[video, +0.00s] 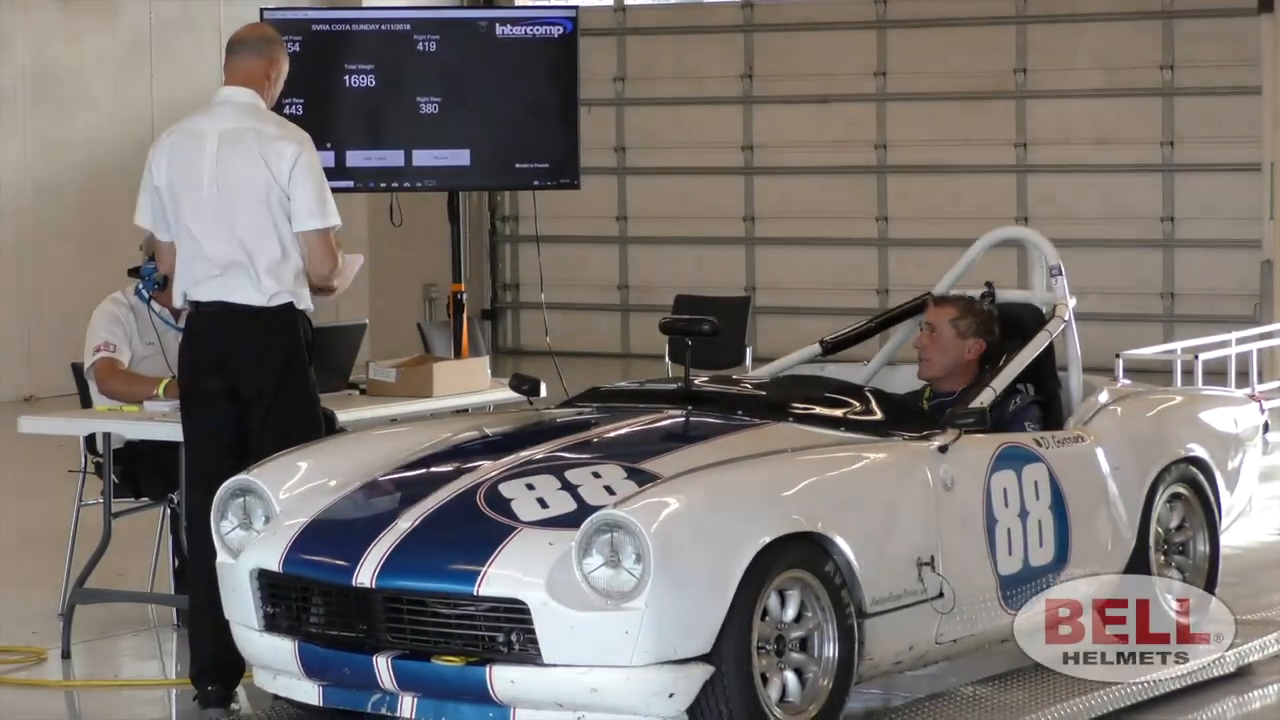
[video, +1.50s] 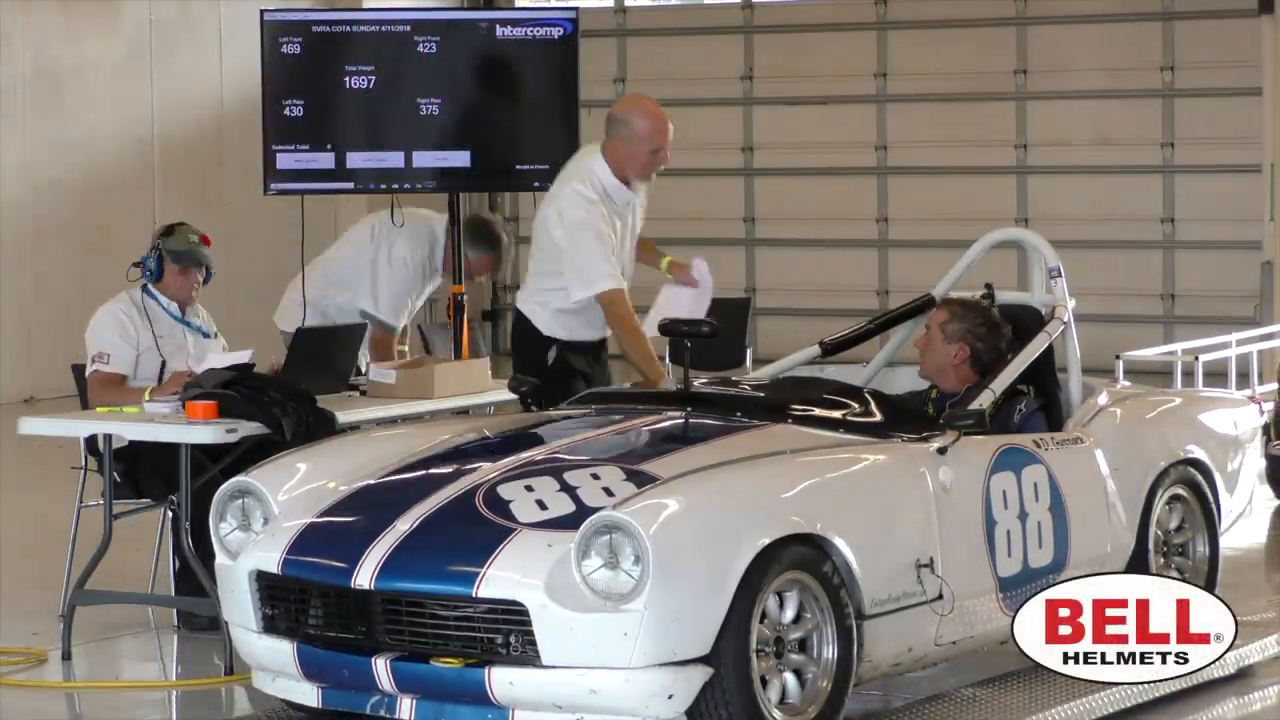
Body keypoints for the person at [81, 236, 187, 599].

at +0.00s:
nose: (182, 281)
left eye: (185, 270)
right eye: (172, 271)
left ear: (196, 271)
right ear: (151, 272)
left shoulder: (200, 313)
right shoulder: (116, 311)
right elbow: (109, 380)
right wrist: (173, 387)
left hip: (193, 439)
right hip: (132, 443)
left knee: (234, 471)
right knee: (194, 477)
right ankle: (191, 594)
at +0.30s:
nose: (181, 282)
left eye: (185, 272)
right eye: (173, 273)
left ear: (197, 271)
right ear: (153, 275)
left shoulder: (205, 313)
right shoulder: (117, 311)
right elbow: (107, 380)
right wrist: (174, 389)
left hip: (198, 439)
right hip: (136, 443)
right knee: (195, 482)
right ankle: (192, 598)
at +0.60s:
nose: (183, 288)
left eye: (188, 277)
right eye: (175, 279)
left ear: (199, 274)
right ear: (151, 274)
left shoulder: (205, 314)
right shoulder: (117, 312)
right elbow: (108, 382)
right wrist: (171, 388)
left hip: (199, 439)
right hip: (138, 445)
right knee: (194, 480)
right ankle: (192, 600)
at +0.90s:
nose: (178, 292)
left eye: (183, 281)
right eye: (170, 282)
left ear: (196, 276)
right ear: (149, 277)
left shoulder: (207, 312)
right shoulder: (117, 312)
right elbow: (106, 379)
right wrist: (170, 388)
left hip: (203, 441)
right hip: (141, 444)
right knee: (195, 482)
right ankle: (193, 601)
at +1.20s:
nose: (186, 262)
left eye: (187, 254)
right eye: (174, 254)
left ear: (192, 262)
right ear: (145, 261)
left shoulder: (201, 307)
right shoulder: (116, 309)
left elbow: (236, 362)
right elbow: (108, 377)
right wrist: (171, 386)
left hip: (202, 442)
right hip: (135, 445)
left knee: (246, 471)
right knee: (198, 478)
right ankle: (194, 600)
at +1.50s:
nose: (196, 278)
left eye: (202, 269)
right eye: (186, 267)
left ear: (206, 274)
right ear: (159, 264)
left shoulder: (202, 319)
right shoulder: (118, 315)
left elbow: (222, 374)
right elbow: (99, 393)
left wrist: (262, 375)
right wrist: (158, 391)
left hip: (201, 443)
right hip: (138, 447)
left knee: (263, 469)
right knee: (204, 479)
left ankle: (250, 595)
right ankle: (196, 606)